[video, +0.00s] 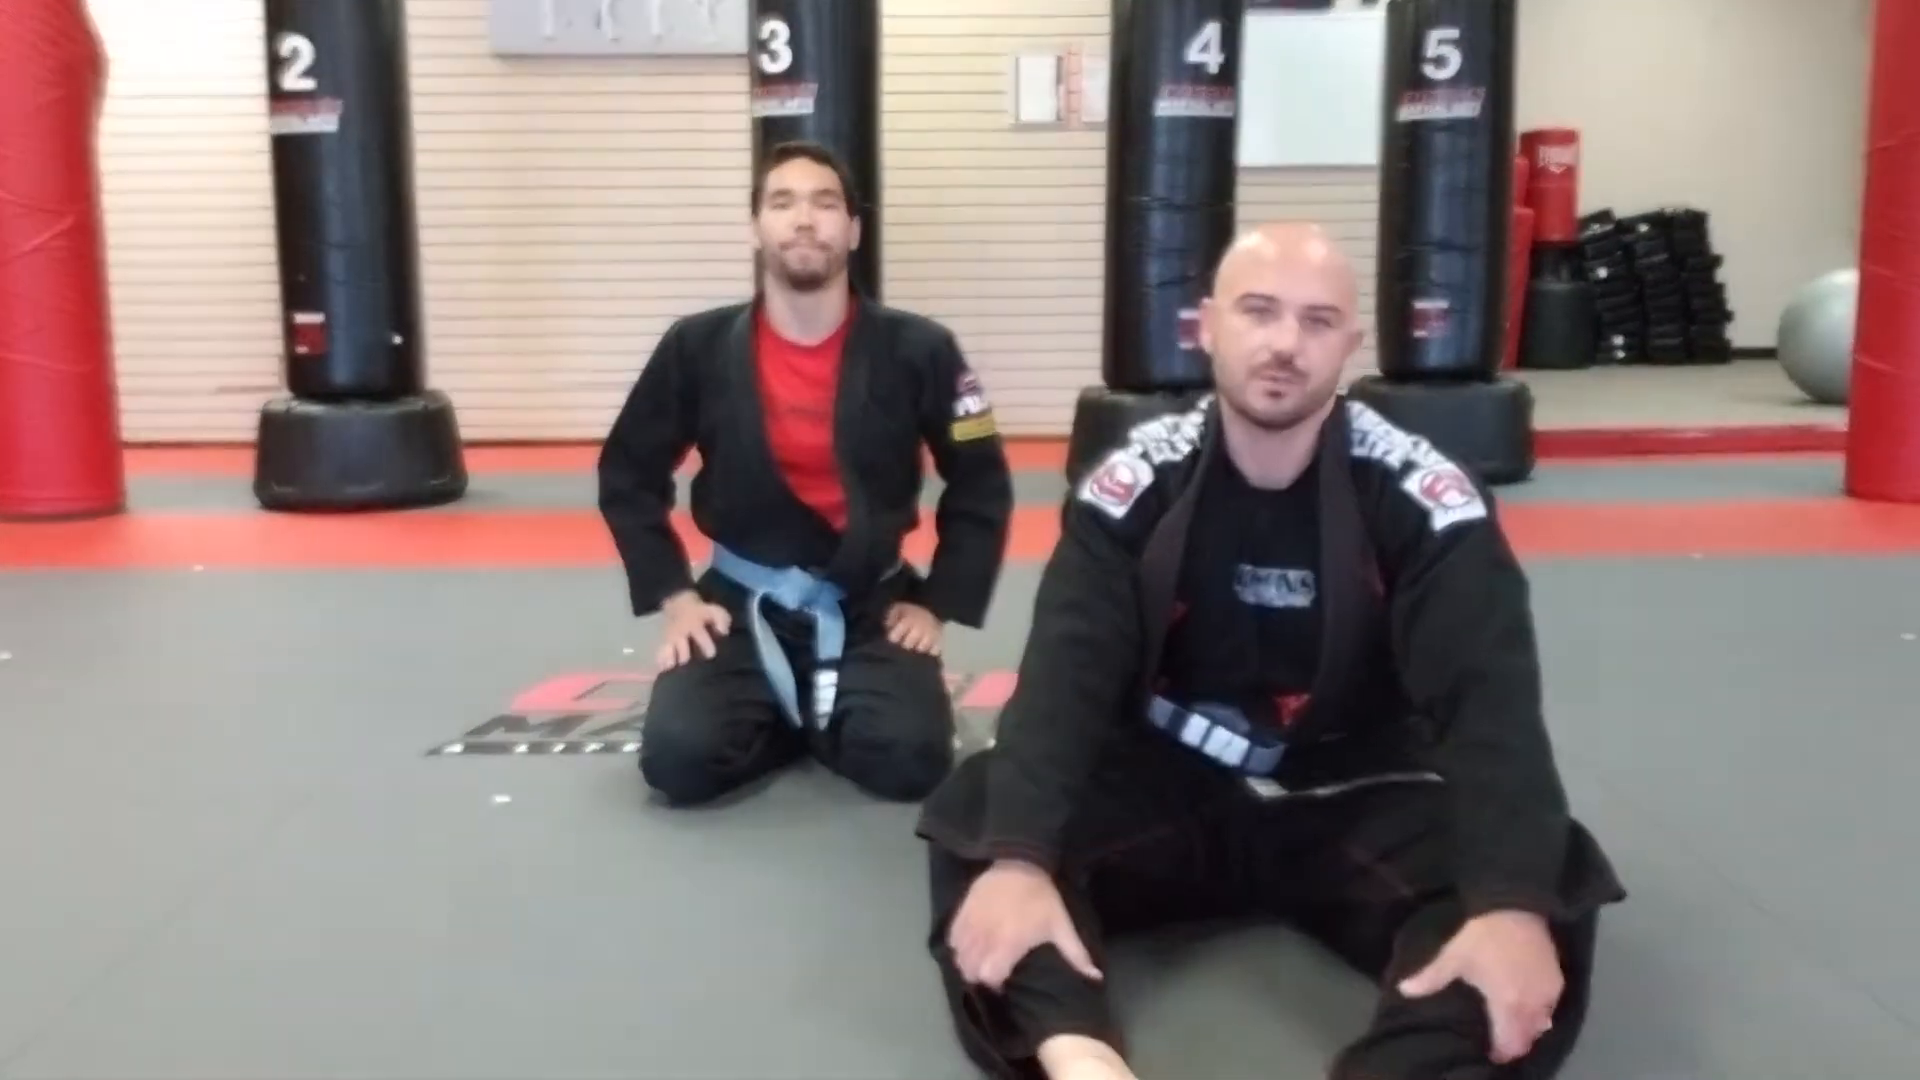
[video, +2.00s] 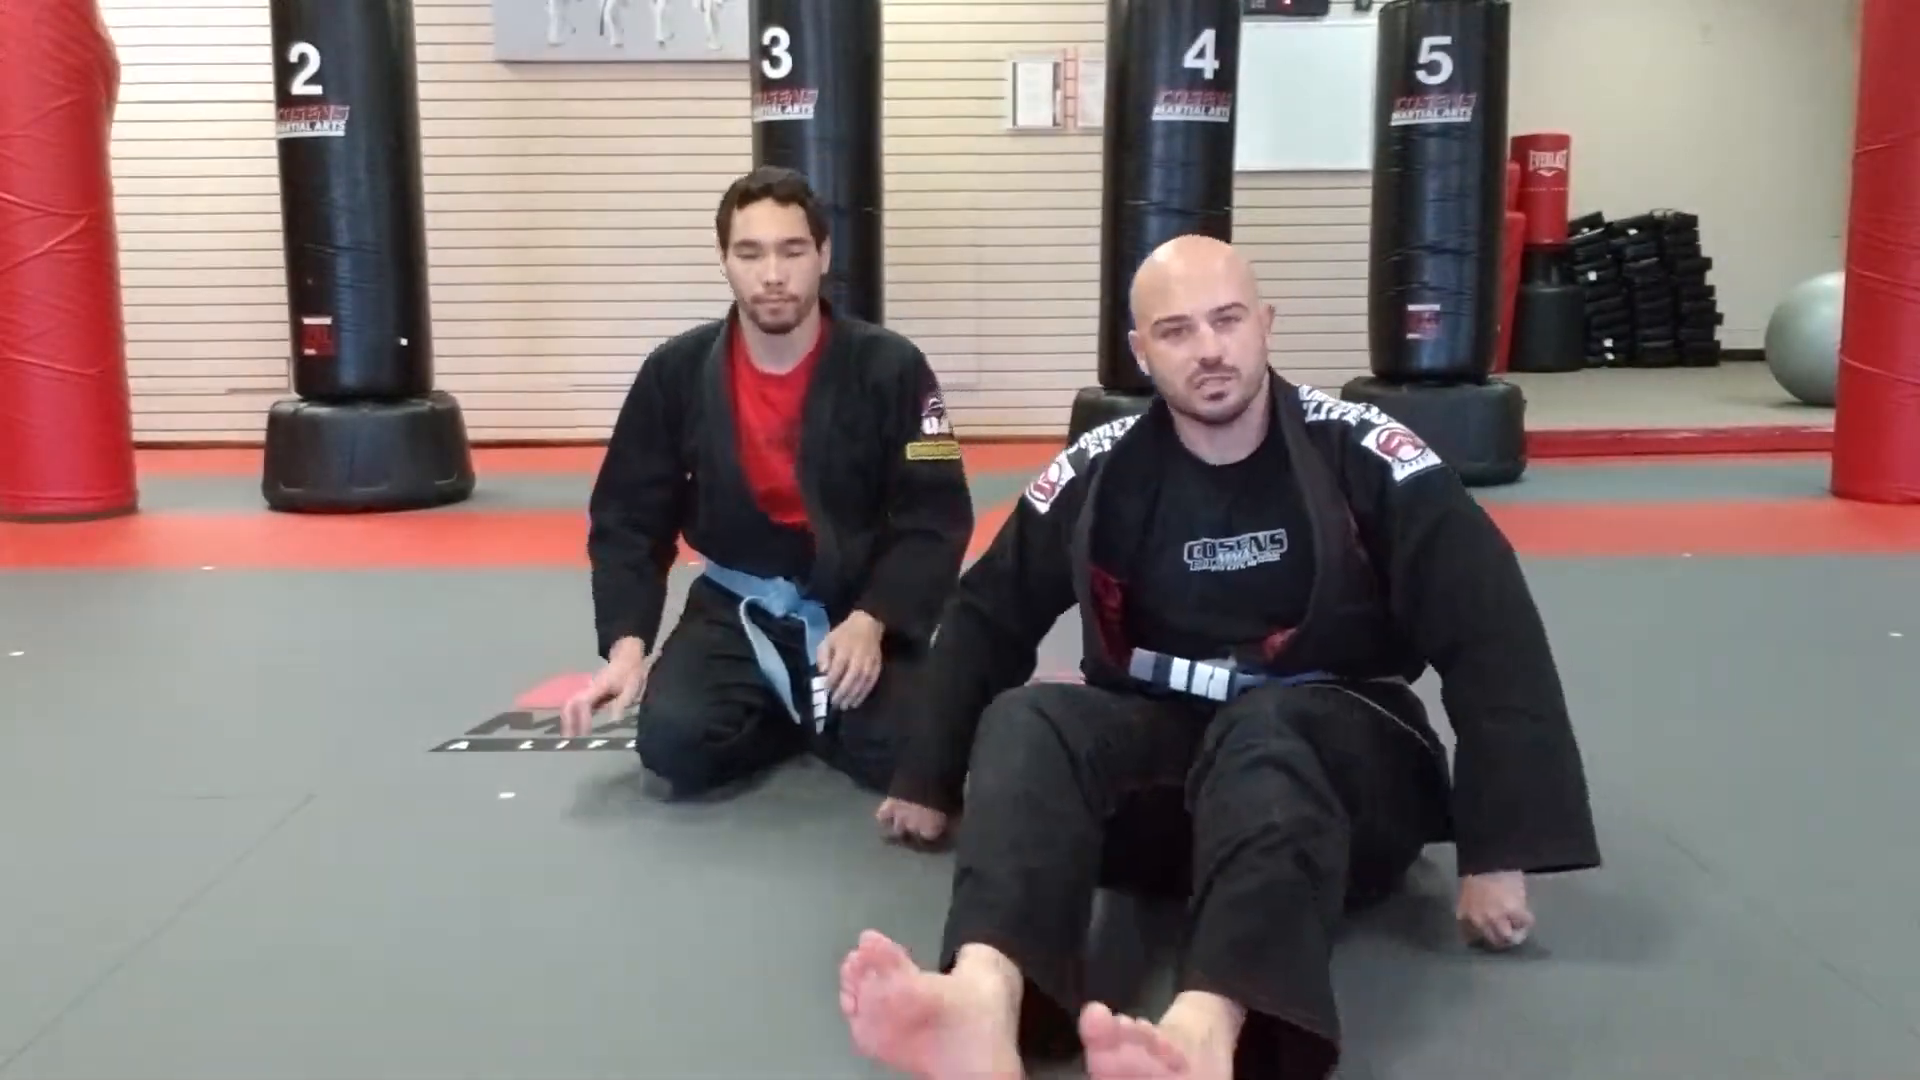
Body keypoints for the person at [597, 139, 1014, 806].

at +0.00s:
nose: (804, 217)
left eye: (825, 203)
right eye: (782, 203)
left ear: (854, 231)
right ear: (756, 230)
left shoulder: (917, 353)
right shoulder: (698, 349)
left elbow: (981, 482)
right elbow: (628, 472)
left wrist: (938, 605)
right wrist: (674, 594)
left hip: (871, 603)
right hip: (740, 599)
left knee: (909, 762)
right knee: (679, 762)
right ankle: (807, 718)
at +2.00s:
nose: (772, 275)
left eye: (792, 252)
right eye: (749, 254)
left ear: (824, 257)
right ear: (725, 263)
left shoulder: (889, 370)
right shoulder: (676, 374)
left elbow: (936, 519)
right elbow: (628, 518)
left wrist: (872, 621)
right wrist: (627, 646)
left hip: (861, 609)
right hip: (735, 604)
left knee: (919, 758)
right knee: (676, 749)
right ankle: (809, 708)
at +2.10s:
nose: (747, 306)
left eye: (767, 280)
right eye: (725, 284)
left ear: (801, 280)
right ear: (700, 289)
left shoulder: (866, 387)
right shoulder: (655, 395)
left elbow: (900, 545)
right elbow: (613, 552)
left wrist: (841, 678)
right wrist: (595, 704)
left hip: (856, 605)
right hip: (731, 606)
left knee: (902, 752)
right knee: (681, 750)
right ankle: (804, 710)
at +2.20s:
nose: (712, 353)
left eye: (733, 324)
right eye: (688, 328)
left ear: (769, 318)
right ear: (663, 328)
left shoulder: (839, 412)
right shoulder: (625, 419)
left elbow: (862, 587)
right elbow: (587, 578)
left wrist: (816, 749)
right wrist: (583, 748)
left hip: (835, 619)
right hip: (715, 620)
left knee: (893, 765)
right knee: (687, 764)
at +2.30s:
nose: (670, 425)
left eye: (691, 395)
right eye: (644, 400)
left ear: (730, 372)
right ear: (618, 384)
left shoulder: (802, 432)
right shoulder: (587, 445)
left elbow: (841, 601)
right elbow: (570, 596)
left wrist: (804, 770)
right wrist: (582, 750)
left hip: (817, 626)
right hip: (697, 627)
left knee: (882, 770)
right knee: (682, 772)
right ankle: (799, 716)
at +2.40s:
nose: (626, 489)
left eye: (647, 460)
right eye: (602, 467)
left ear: (689, 418)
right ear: (578, 443)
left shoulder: (782, 437)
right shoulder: (561, 466)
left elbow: (831, 606)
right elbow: (557, 606)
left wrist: (803, 771)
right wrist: (582, 752)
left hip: (799, 599)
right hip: (679, 611)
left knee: (858, 767)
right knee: (668, 768)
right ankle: (791, 714)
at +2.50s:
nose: (596, 547)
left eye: (614, 519)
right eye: (571, 527)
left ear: (663, 472)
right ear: (547, 503)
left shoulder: (767, 474)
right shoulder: (546, 512)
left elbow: (849, 619)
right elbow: (555, 624)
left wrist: (813, 765)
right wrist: (582, 752)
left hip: (798, 556)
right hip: (672, 576)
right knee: (643, 711)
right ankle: (785, 714)